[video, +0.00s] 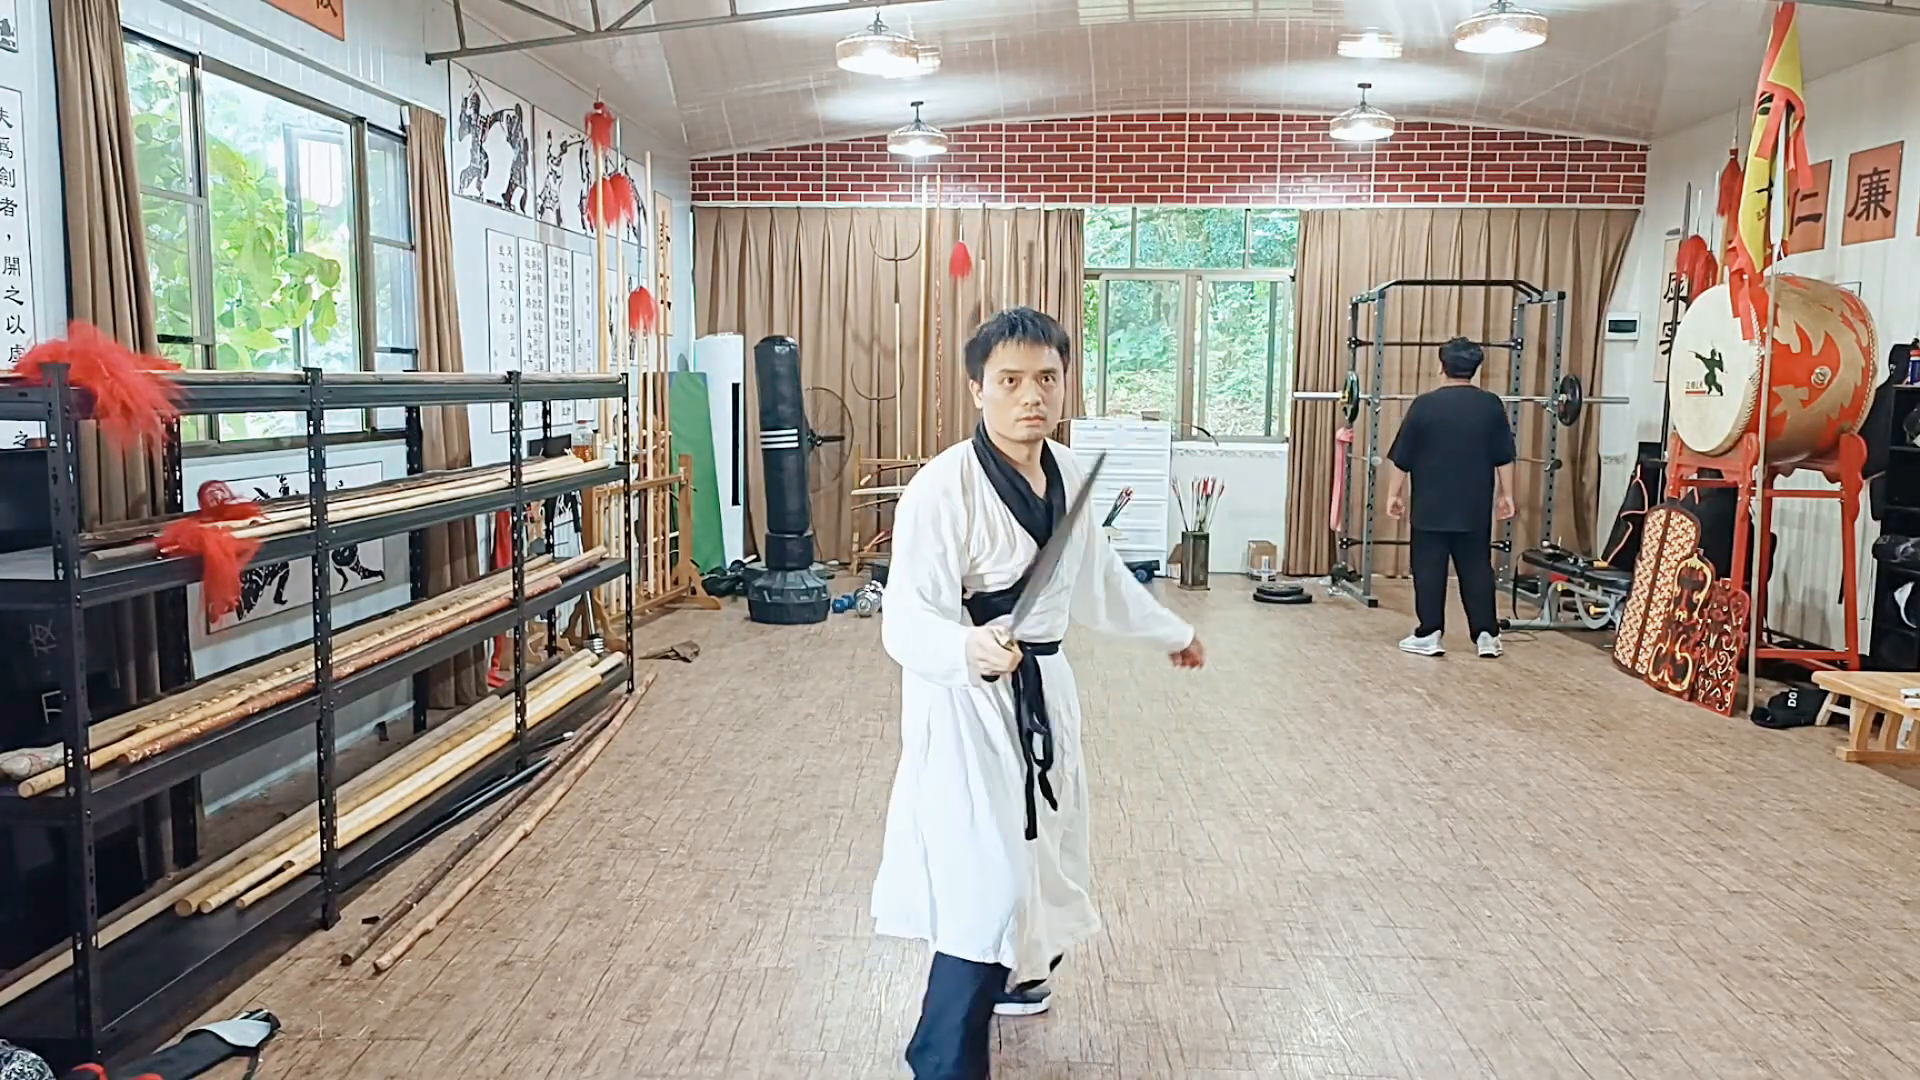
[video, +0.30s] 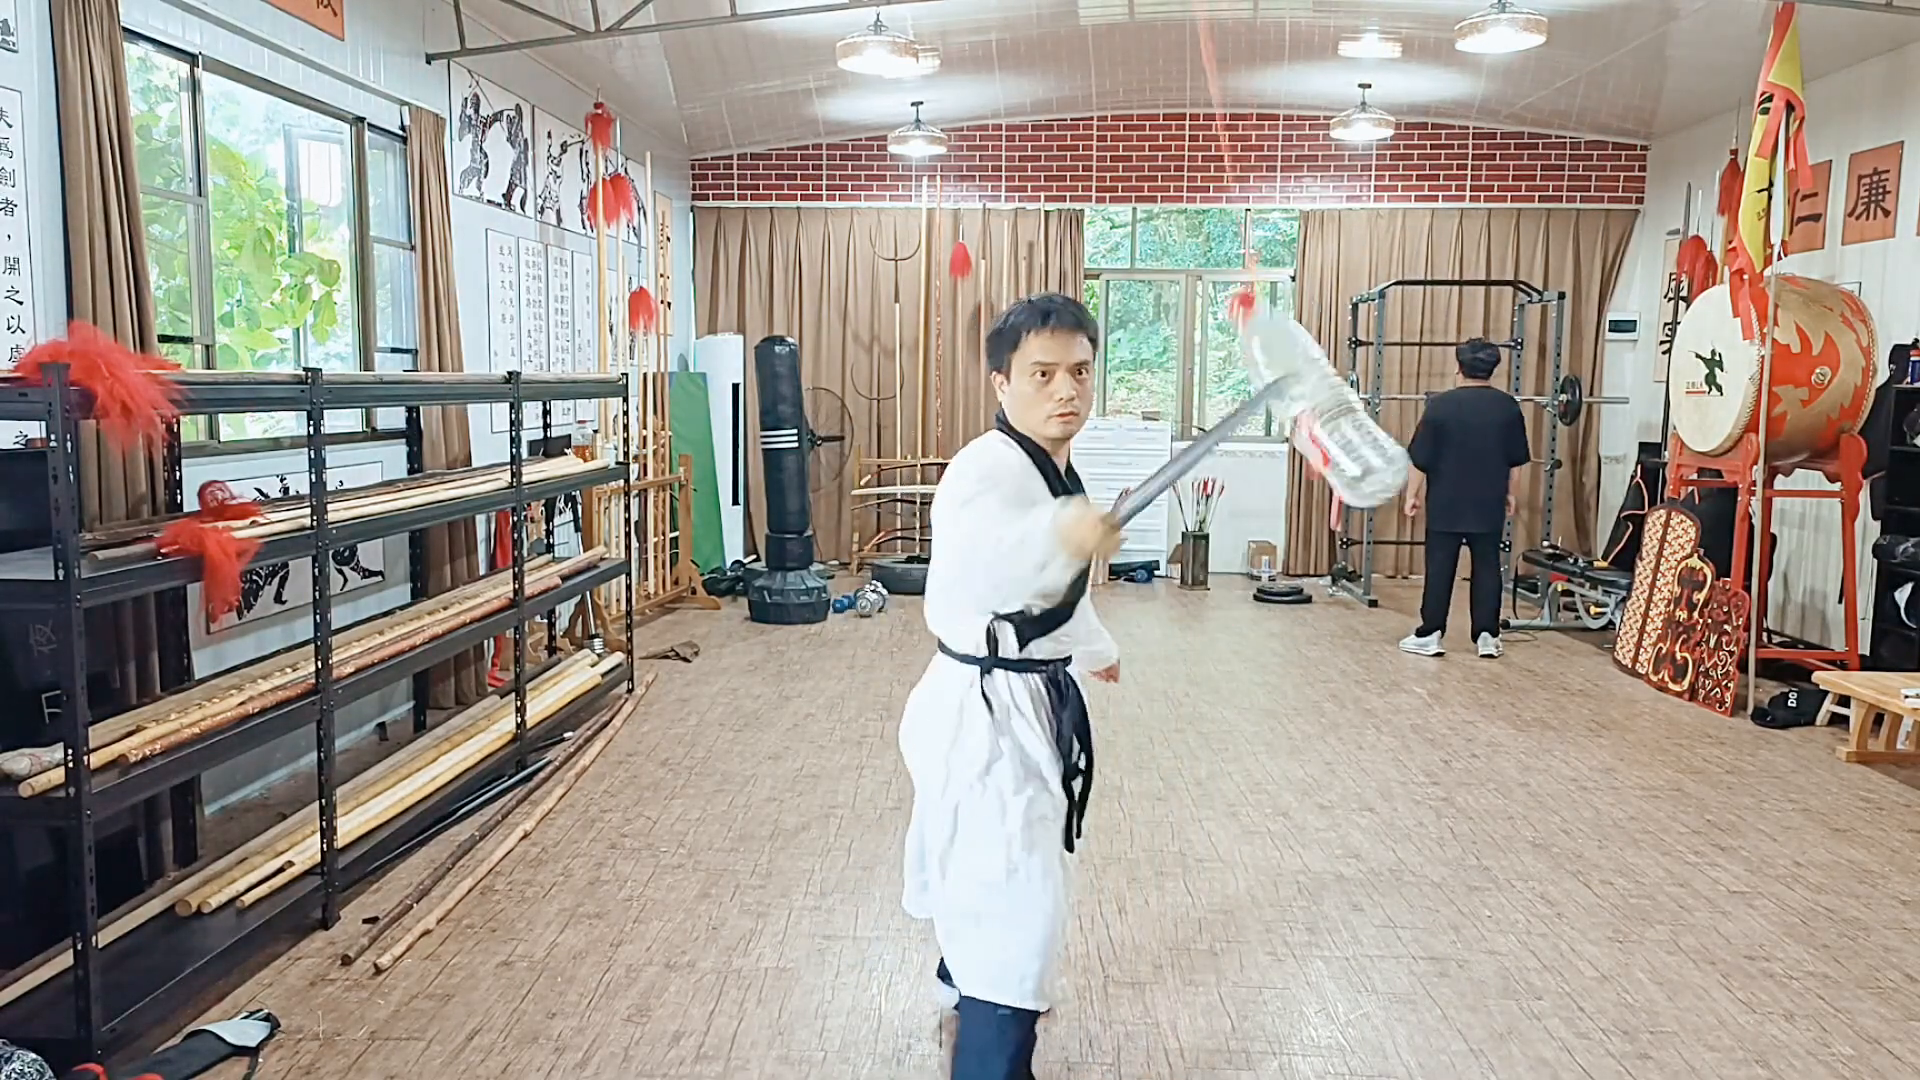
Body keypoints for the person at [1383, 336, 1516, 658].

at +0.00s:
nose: (1438, 368)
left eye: (1440, 364)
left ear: (1442, 368)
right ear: (1475, 369)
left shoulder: (1425, 404)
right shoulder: (1490, 405)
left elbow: (1402, 456)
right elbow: (1503, 456)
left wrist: (1394, 493)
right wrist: (1507, 494)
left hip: (1430, 508)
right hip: (1474, 508)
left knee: (1429, 571)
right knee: (1476, 570)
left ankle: (1429, 634)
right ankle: (1486, 635)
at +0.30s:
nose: (1455, 369)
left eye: (1457, 365)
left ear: (1460, 369)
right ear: (1493, 370)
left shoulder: (1442, 404)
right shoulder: (1507, 406)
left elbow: (1420, 457)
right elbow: (1516, 459)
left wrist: (1412, 493)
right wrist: (1512, 493)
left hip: (1445, 505)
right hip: (1487, 506)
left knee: (1439, 571)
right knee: (1487, 571)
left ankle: (1429, 634)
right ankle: (1487, 637)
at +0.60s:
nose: (1471, 372)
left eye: (1472, 368)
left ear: (1474, 370)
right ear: (1510, 371)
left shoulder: (1455, 407)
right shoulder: (1523, 410)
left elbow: (1434, 460)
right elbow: (1534, 466)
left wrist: (1422, 493)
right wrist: (1528, 498)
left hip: (1456, 508)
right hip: (1503, 511)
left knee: (1441, 568)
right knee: (1495, 573)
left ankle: (1430, 629)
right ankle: (1488, 636)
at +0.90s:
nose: (1477, 369)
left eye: (1479, 365)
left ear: (1482, 369)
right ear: (1515, 370)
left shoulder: (1466, 405)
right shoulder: (1530, 408)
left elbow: (1446, 459)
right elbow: (1541, 460)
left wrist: (1435, 495)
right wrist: (1538, 498)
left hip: (1463, 502)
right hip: (1509, 507)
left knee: (1444, 562)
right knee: (1501, 571)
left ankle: (1426, 624)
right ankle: (1489, 636)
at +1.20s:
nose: (1468, 370)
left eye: (1470, 366)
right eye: (1470, 365)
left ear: (1474, 370)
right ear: (1506, 372)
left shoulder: (1457, 406)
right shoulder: (1523, 408)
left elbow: (1439, 459)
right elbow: (1535, 463)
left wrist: (1429, 497)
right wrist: (1530, 500)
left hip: (1460, 504)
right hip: (1506, 507)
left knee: (1449, 566)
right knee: (1497, 574)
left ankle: (1427, 625)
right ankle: (1489, 636)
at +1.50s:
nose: (1448, 372)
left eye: (1450, 368)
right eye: (1452, 367)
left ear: (1454, 371)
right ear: (1485, 372)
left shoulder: (1438, 405)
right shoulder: (1502, 407)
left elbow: (1416, 455)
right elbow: (1514, 457)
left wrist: (1408, 490)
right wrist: (1513, 494)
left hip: (1440, 504)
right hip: (1484, 506)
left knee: (1432, 568)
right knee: (1485, 571)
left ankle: (1422, 626)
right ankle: (1487, 636)